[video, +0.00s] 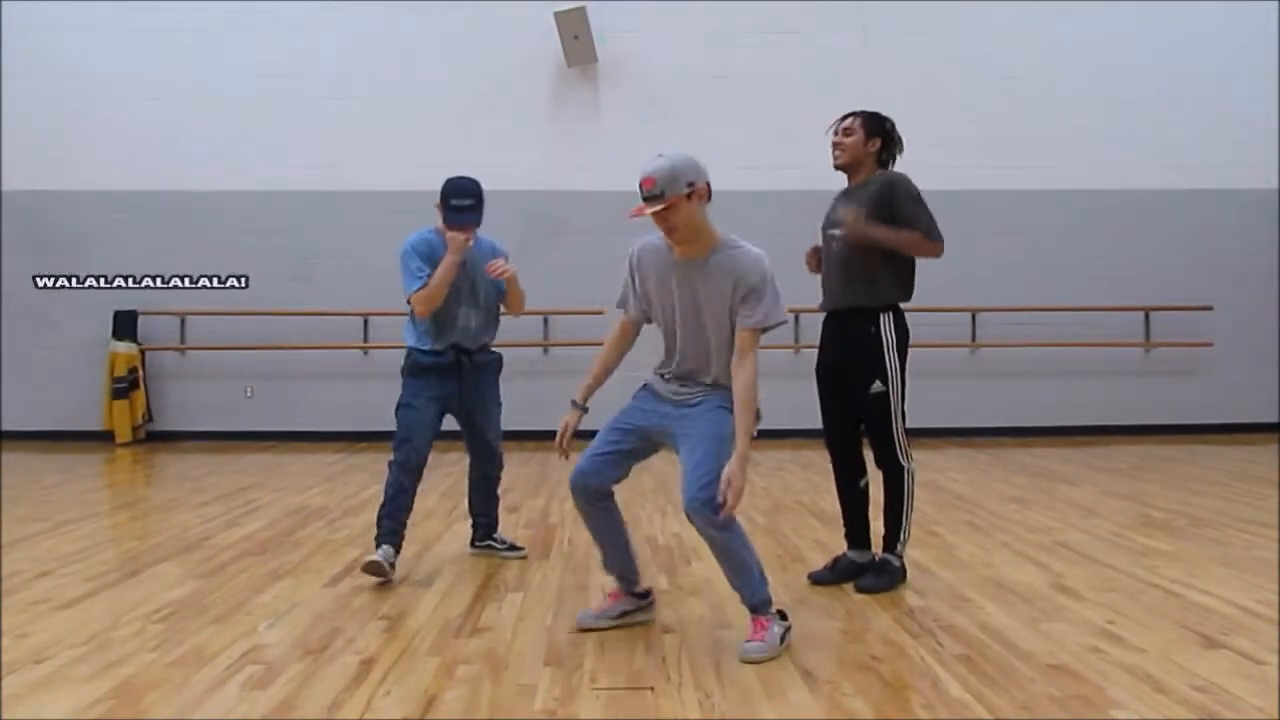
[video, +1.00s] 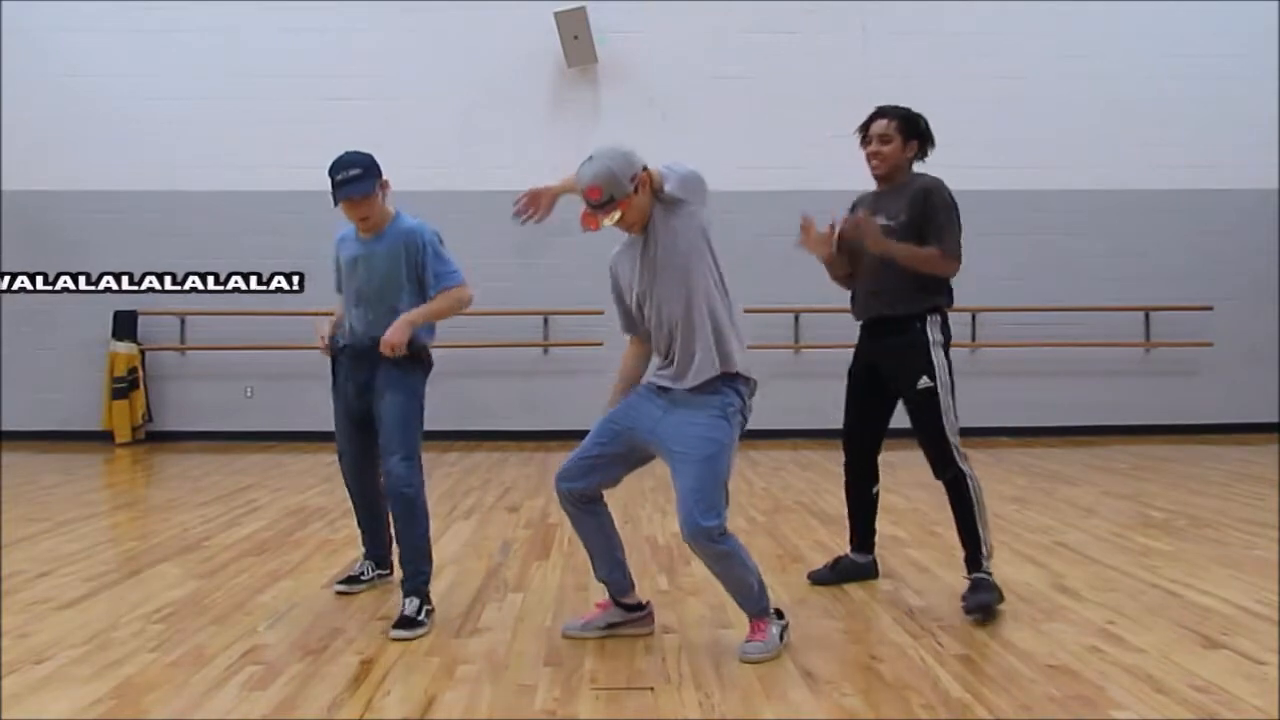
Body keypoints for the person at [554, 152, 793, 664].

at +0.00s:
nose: (659, 219)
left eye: (667, 207)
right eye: (652, 210)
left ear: (700, 196)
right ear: (647, 209)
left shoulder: (746, 266)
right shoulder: (647, 257)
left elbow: (744, 360)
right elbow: (624, 333)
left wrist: (741, 454)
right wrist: (579, 403)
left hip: (714, 402)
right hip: (659, 393)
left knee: (702, 503)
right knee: (586, 481)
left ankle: (765, 615)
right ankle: (632, 592)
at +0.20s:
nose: (613, 202)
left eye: (616, 188)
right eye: (606, 194)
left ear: (648, 169)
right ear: (604, 196)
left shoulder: (716, 211)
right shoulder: (621, 255)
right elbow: (608, 334)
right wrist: (576, 416)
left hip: (714, 394)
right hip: (655, 393)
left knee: (708, 509)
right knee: (577, 487)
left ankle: (764, 613)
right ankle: (622, 597)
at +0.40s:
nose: (637, 198)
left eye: (641, 186)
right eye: (629, 190)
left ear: (669, 167)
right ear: (630, 185)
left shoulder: (711, 191)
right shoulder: (635, 247)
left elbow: (674, 151)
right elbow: (624, 333)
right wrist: (598, 411)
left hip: (707, 387)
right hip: (646, 386)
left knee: (707, 516)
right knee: (576, 485)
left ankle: (763, 614)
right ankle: (622, 596)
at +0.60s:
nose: (639, 197)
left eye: (645, 183)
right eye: (628, 190)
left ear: (669, 163)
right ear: (622, 184)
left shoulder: (708, 177)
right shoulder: (636, 246)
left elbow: (660, 151)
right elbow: (641, 328)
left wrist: (582, 214)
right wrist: (624, 399)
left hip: (713, 379)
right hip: (655, 378)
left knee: (705, 520)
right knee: (579, 482)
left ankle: (764, 614)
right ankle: (623, 595)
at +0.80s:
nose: (634, 194)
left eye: (638, 181)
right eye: (625, 187)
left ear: (663, 161)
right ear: (620, 183)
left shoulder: (704, 182)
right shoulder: (634, 248)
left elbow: (660, 147)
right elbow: (642, 334)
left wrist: (577, 160)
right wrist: (628, 432)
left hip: (712, 380)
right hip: (653, 380)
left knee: (707, 519)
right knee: (578, 478)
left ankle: (762, 613)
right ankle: (622, 592)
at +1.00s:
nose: (616, 220)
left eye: (619, 207)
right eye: (606, 213)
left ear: (643, 184)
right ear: (601, 213)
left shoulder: (683, 204)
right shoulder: (624, 265)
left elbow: (638, 172)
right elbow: (640, 342)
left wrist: (559, 189)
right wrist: (614, 412)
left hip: (712, 395)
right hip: (654, 393)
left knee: (701, 527)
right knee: (574, 485)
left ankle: (764, 617)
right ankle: (625, 603)